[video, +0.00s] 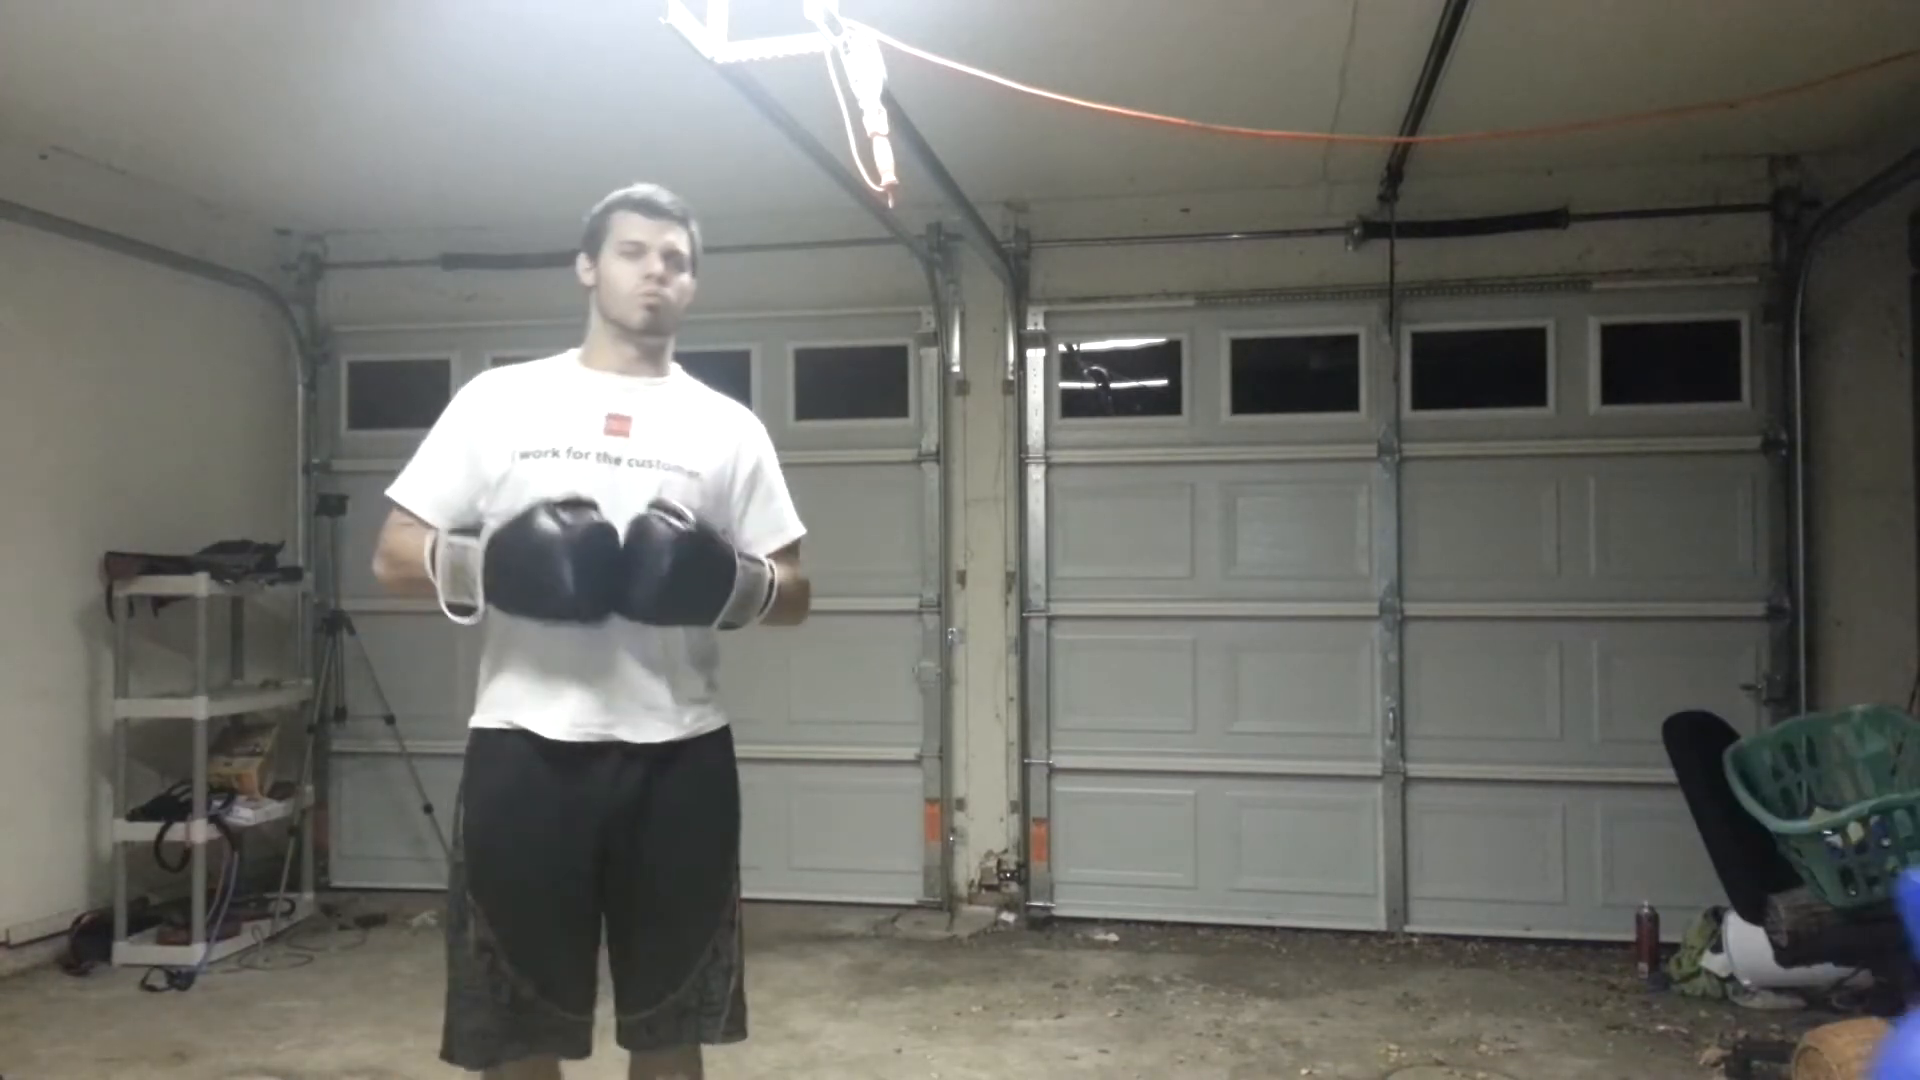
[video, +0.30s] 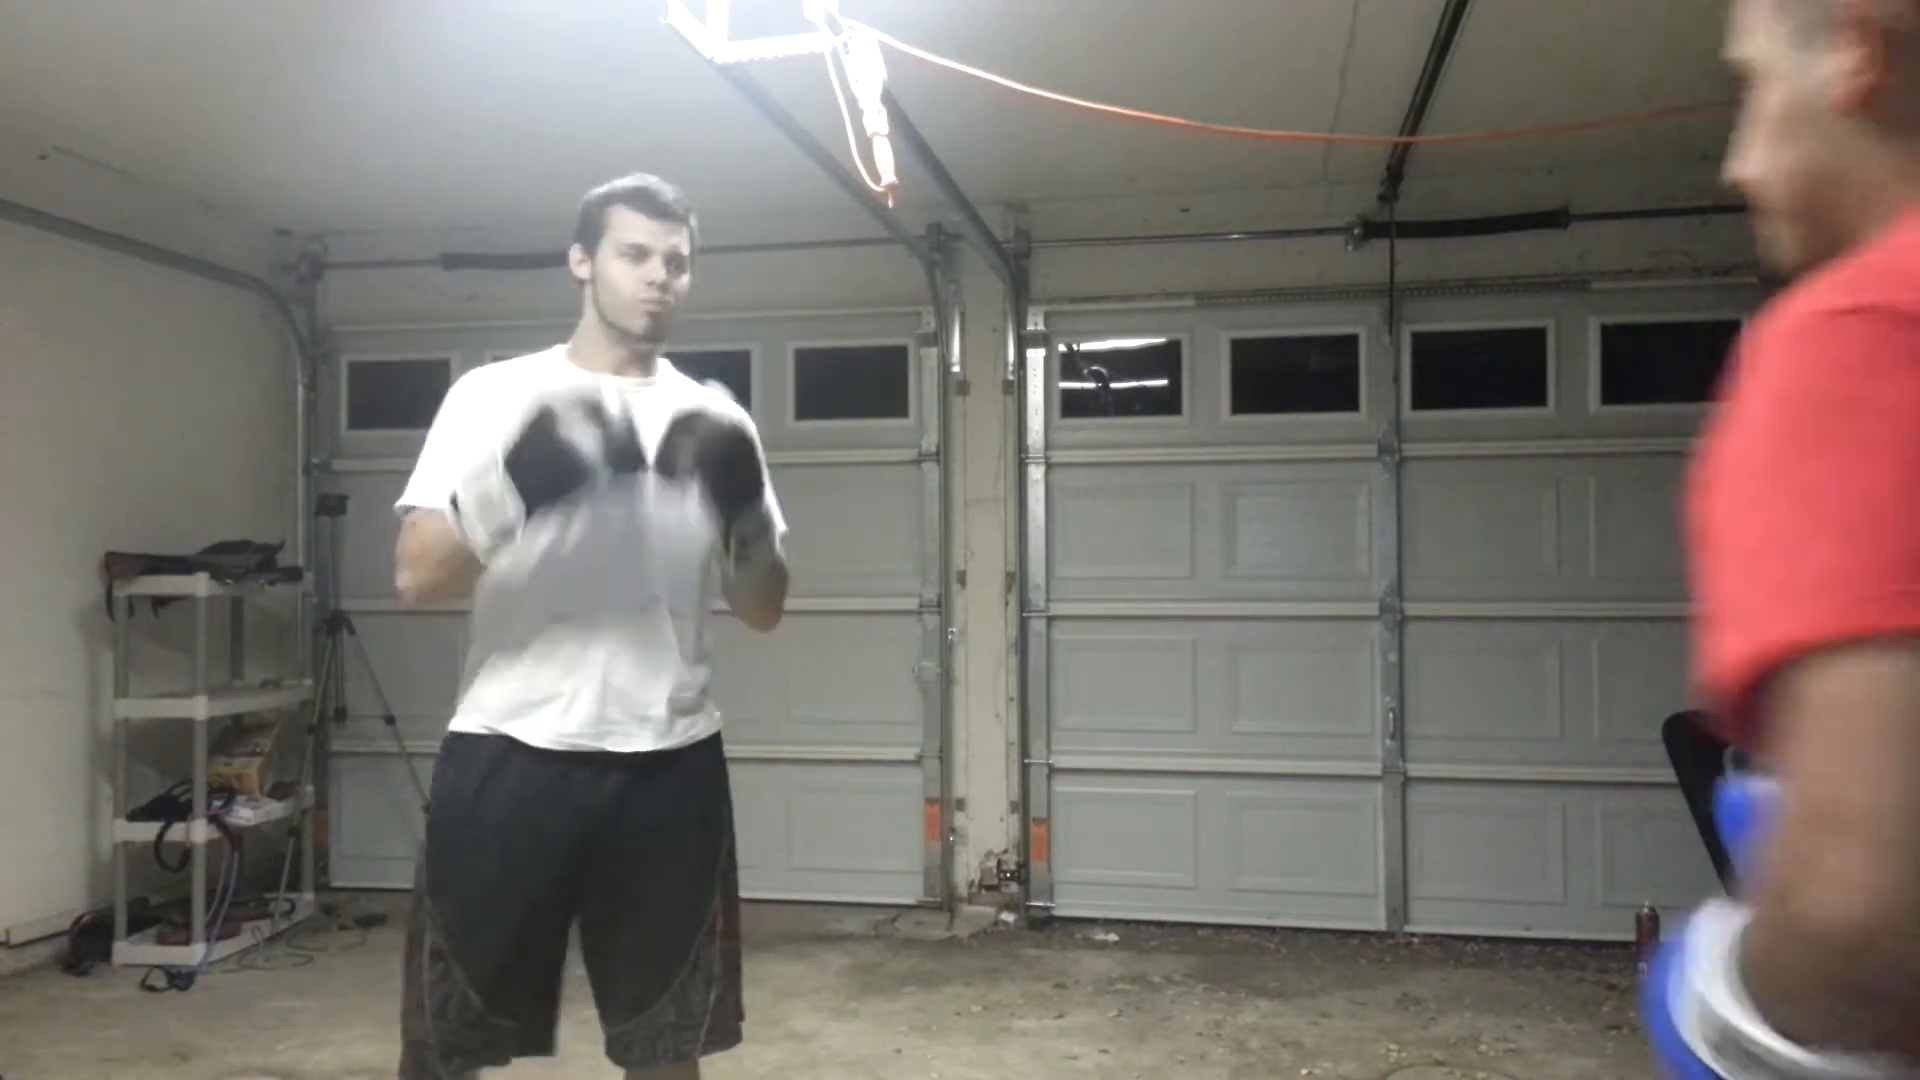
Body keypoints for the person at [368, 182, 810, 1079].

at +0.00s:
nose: (656, 274)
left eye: (676, 261)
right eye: (634, 253)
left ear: (692, 290)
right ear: (587, 269)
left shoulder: (731, 428)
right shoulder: (495, 400)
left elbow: (791, 591)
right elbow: (395, 557)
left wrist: (718, 577)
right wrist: (494, 564)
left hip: (678, 757)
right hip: (527, 753)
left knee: (671, 1041)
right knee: (520, 1044)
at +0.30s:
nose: (661, 279)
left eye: (677, 263)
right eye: (638, 256)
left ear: (690, 279)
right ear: (582, 264)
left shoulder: (714, 413)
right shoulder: (491, 395)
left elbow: (765, 609)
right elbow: (416, 578)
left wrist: (740, 504)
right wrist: (512, 490)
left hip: (668, 766)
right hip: (509, 760)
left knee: (669, 1052)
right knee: (451, 1051)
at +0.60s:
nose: (591, 329)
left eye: (607, 307)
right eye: (567, 304)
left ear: (623, 303)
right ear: (500, 290)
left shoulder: (631, 407)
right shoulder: (407, 402)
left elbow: (722, 573)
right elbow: (426, 574)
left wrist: (701, 441)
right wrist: (493, 411)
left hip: (624, 774)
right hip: (461, 783)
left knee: (685, 1040)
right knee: (461, 1059)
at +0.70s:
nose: (578, 336)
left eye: (593, 313)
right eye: (553, 312)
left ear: (610, 304)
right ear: (486, 296)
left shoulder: (628, 410)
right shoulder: (398, 406)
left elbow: (724, 577)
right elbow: (417, 585)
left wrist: (718, 488)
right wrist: (480, 424)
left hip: (619, 787)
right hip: (452, 789)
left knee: (664, 1056)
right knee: (445, 1061)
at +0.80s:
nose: (578, 339)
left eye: (594, 315)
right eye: (553, 313)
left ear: (610, 306)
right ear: (485, 297)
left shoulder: (638, 414)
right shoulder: (403, 405)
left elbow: (738, 576)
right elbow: (414, 588)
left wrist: (747, 499)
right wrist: (475, 432)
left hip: (617, 790)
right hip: (451, 789)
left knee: (641, 1059)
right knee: (420, 1059)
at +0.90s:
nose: (589, 338)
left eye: (605, 314)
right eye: (564, 312)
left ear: (621, 303)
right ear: (495, 295)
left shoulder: (647, 409)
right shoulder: (406, 402)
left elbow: (755, 562)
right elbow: (416, 585)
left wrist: (776, 505)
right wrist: (481, 436)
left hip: (621, 784)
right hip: (455, 791)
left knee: (640, 1062)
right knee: (426, 1060)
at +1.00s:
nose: (601, 337)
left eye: (615, 313)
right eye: (578, 312)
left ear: (628, 306)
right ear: (502, 297)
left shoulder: (655, 408)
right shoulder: (410, 402)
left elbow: (772, 543)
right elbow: (422, 585)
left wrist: (809, 511)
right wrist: (494, 432)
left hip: (626, 789)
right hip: (457, 792)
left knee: (659, 1060)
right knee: (432, 1063)